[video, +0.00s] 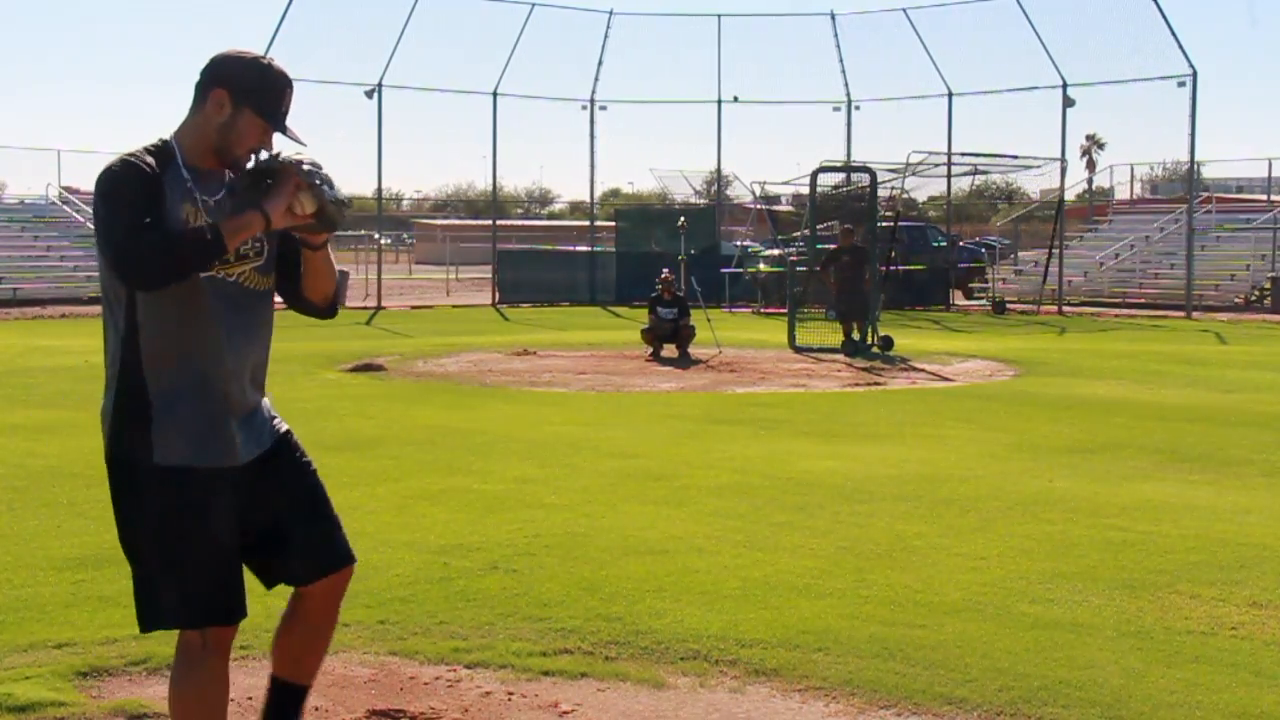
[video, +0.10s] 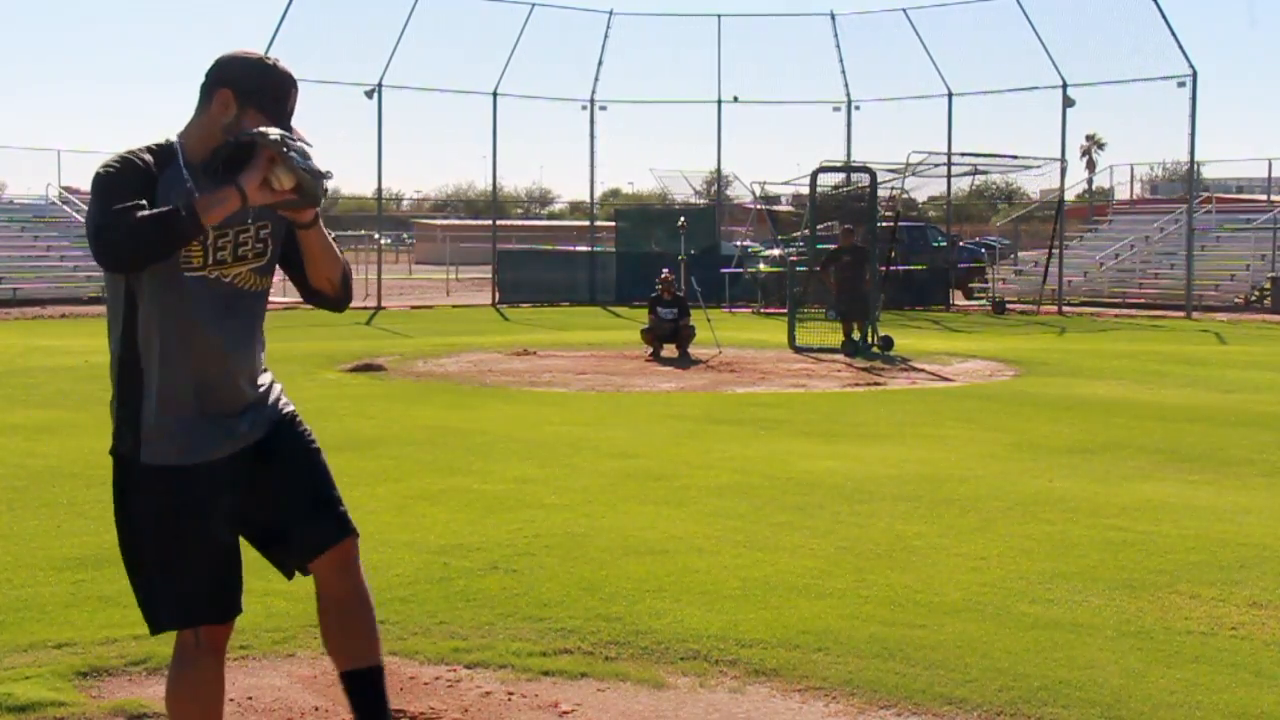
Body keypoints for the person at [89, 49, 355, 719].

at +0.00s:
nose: (267, 144)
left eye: (272, 131)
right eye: (263, 126)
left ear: (228, 112)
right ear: (219, 103)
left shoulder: (251, 189)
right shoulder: (131, 179)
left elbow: (316, 299)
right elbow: (141, 265)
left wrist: (312, 236)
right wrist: (257, 216)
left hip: (250, 427)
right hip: (167, 442)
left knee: (328, 567)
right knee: (209, 622)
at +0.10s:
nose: (266, 144)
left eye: (274, 134)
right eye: (261, 128)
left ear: (240, 116)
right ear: (223, 105)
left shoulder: (259, 184)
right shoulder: (130, 175)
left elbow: (333, 294)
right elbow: (117, 249)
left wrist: (304, 213)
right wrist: (237, 194)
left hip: (258, 416)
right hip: (167, 440)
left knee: (336, 548)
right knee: (207, 620)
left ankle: (375, 716)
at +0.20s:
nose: (273, 145)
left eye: (283, 134)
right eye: (264, 128)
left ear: (291, 136)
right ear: (228, 112)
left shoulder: (278, 193)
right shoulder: (144, 169)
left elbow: (349, 286)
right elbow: (105, 232)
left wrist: (303, 199)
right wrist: (221, 173)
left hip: (263, 399)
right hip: (176, 433)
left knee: (342, 497)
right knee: (208, 618)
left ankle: (425, 667)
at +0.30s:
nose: (268, 141)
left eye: (284, 134)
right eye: (261, 122)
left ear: (296, 141)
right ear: (230, 108)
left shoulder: (288, 194)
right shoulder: (160, 172)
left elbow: (365, 274)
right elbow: (110, 219)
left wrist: (309, 183)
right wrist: (221, 158)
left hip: (266, 384)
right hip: (183, 420)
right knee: (217, 610)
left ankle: (419, 581)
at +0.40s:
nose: (272, 136)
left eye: (290, 129)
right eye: (267, 120)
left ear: (303, 140)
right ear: (238, 112)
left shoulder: (301, 196)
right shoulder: (176, 179)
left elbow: (376, 266)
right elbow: (125, 217)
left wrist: (312, 176)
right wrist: (226, 151)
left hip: (267, 391)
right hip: (190, 418)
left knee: (332, 341)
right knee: (221, 604)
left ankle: (387, 534)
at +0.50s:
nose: (327, 161)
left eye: (331, 149)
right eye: (322, 145)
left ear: (313, 142)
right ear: (282, 130)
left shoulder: (321, 203)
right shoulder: (197, 186)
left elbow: (369, 300)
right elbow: (130, 247)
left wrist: (319, 218)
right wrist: (242, 186)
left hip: (268, 391)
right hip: (195, 425)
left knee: (344, 358)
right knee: (228, 608)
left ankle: (374, 565)